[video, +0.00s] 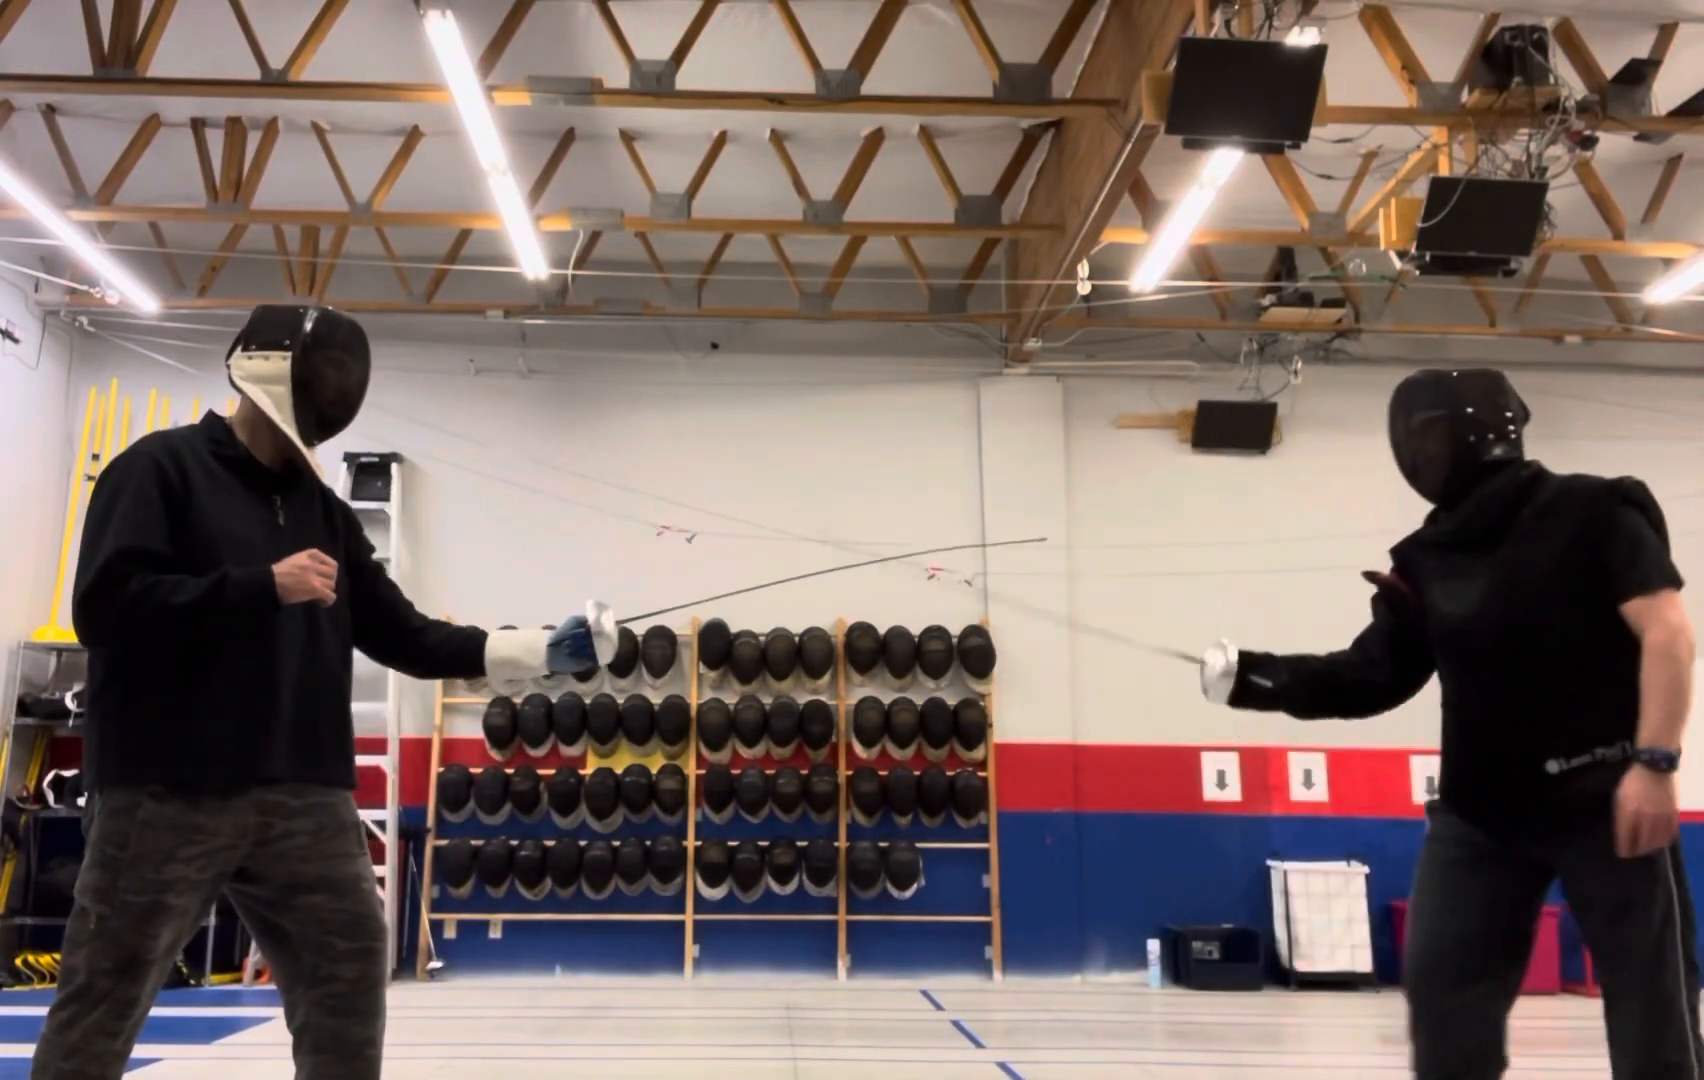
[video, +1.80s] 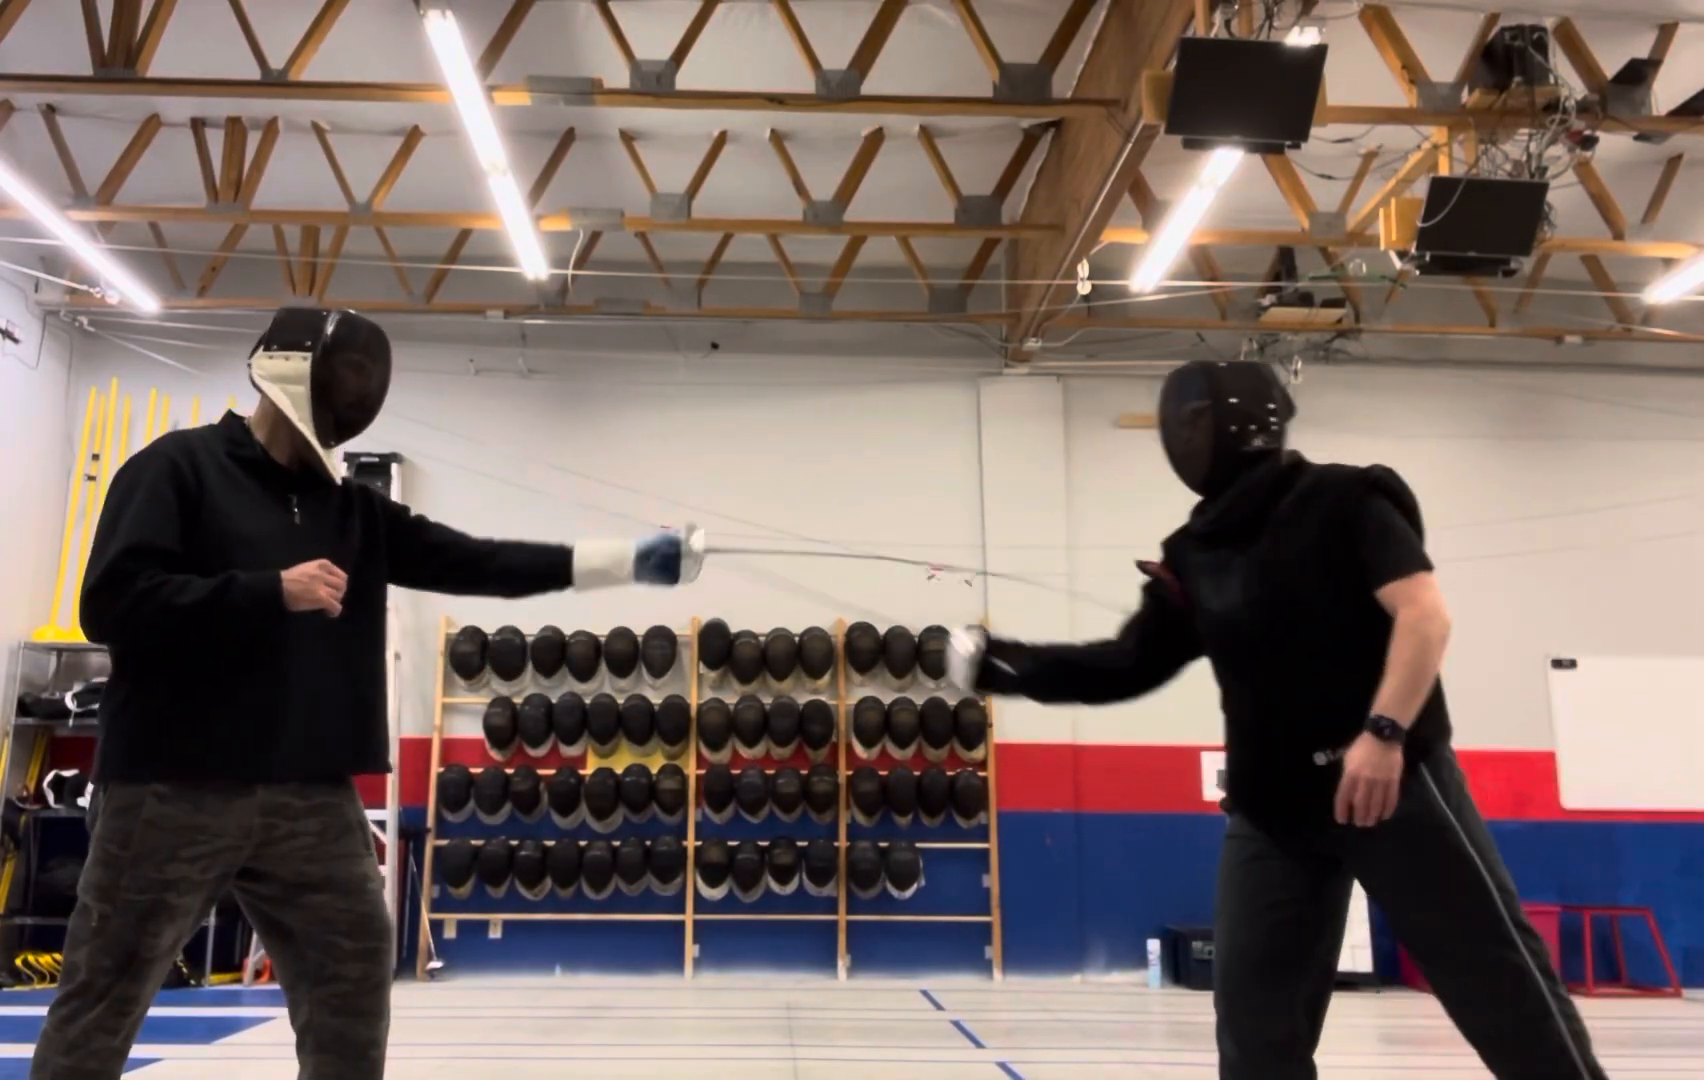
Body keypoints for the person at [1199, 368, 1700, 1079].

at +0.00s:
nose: (1408, 459)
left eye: (1418, 438)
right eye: (1405, 444)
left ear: (1462, 432)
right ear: (1493, 432)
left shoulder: (1596, 513)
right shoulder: (1428, 561)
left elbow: (1668, 631)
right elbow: (1373, 676)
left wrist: (1656, 764)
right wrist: (1250, 676)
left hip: (1606, 804)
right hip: (1480, 817)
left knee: (1654, 1021)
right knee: (1445, 1008)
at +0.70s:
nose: (1396, 463)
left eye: (1407, 442)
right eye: (1392, 448)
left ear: (1456, 436)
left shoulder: (1584, 513)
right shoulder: (1405, 567)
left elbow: (1666, 630)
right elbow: (1296, 624)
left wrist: (1670, 755)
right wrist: (1166, 620)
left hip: (1607, 804)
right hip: (1477, 819)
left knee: (1660, 1023)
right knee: (1428, 1001)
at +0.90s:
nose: (1319, 474)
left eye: (1329, 453)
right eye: (1317, 459)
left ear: (1373, 449)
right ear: (1398, 449)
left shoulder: (1507, 526)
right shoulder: (1336, 581)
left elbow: (1593, 641)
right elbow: (1229, 640)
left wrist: (1611, 767)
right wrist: (1102, 631)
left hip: (1542, 823)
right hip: (1412, 839)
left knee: (1624, 1048)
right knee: (1358, 1050)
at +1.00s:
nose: (1266, 471)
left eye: (1276, 450)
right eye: (1263, 455)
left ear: (1323, 442)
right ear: (1326, 451)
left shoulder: (1451, 519)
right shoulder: (1286, 577)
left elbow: (1534, 638)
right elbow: (1184, 648)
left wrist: (1557, 763)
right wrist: (1045, 633)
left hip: (1485, 819)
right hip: (1358, 834)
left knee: (1590, 1045)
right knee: (1305, 1057)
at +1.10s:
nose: (1213, 464)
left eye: (1221, 442)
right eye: (1209, 448)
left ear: (1274, 432)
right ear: (1268, 440)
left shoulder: (1394, 506)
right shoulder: (1235, 569)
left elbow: (1481, 621)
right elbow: (1141, 646)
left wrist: (1482, 747)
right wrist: (1018, 635)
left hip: (1437, 802)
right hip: (1312, 824)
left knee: (1551, 1030)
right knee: (1279, 1049)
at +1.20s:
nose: (1175, 447)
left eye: (1182, 429)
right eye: (1175, 433)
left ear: (1217, 432)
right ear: (1250, 432)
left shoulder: (1349, 498)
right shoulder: (1188, 564)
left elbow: (1433, 611)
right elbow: (1087, 627)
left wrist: (1413, 728)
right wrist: (961, 617)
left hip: (1403, 790)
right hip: (1284, 815)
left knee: (1514, 1004)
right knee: (1267, 1042)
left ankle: (1577, 1078)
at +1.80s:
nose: (1174, 444)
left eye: (1183, 424)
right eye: (1172, 429)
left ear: (1223, 422)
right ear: (1254, 419)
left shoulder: (1346, 499)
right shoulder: (1194, 562)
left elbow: (1424, 617)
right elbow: (1125, 667)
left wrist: (1386, 731)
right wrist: (994, 662)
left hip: (1396, 791)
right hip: (1274, 817)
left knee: (1507, 999)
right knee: (1258, 1040)